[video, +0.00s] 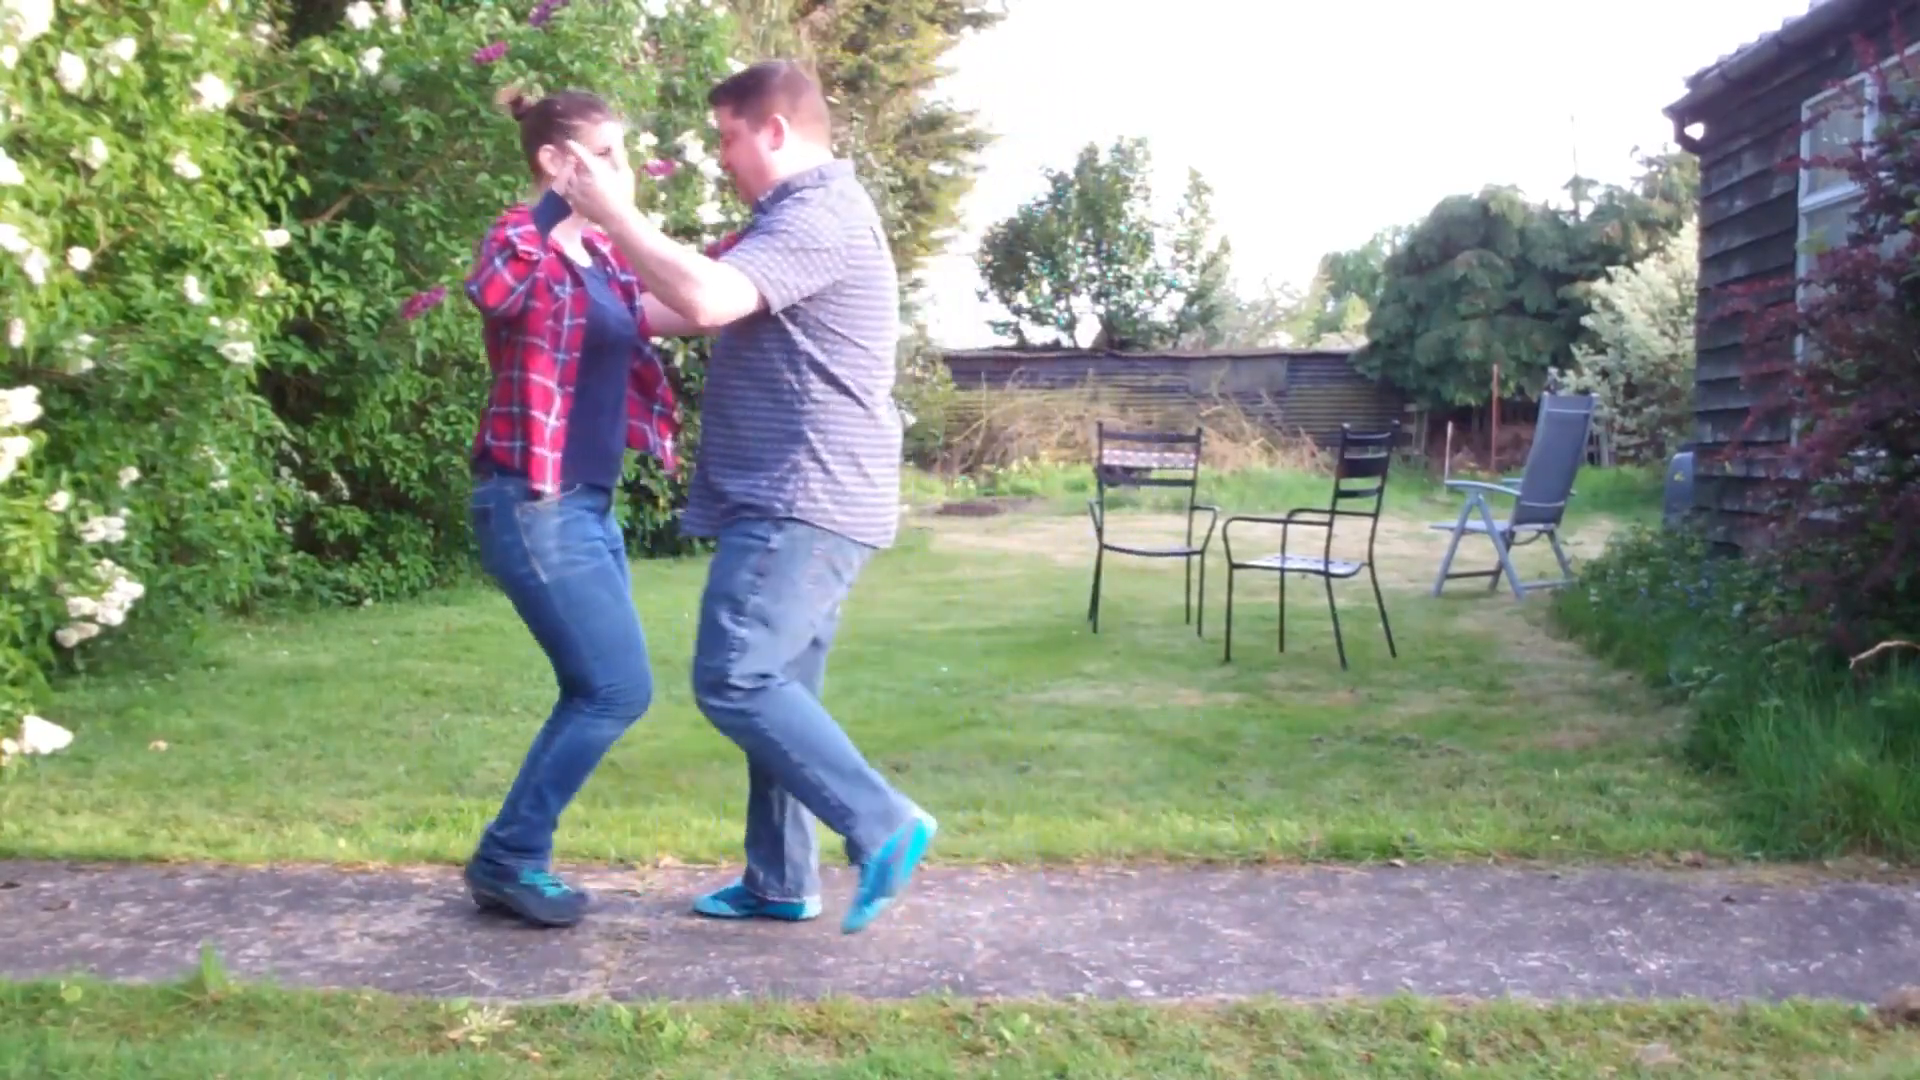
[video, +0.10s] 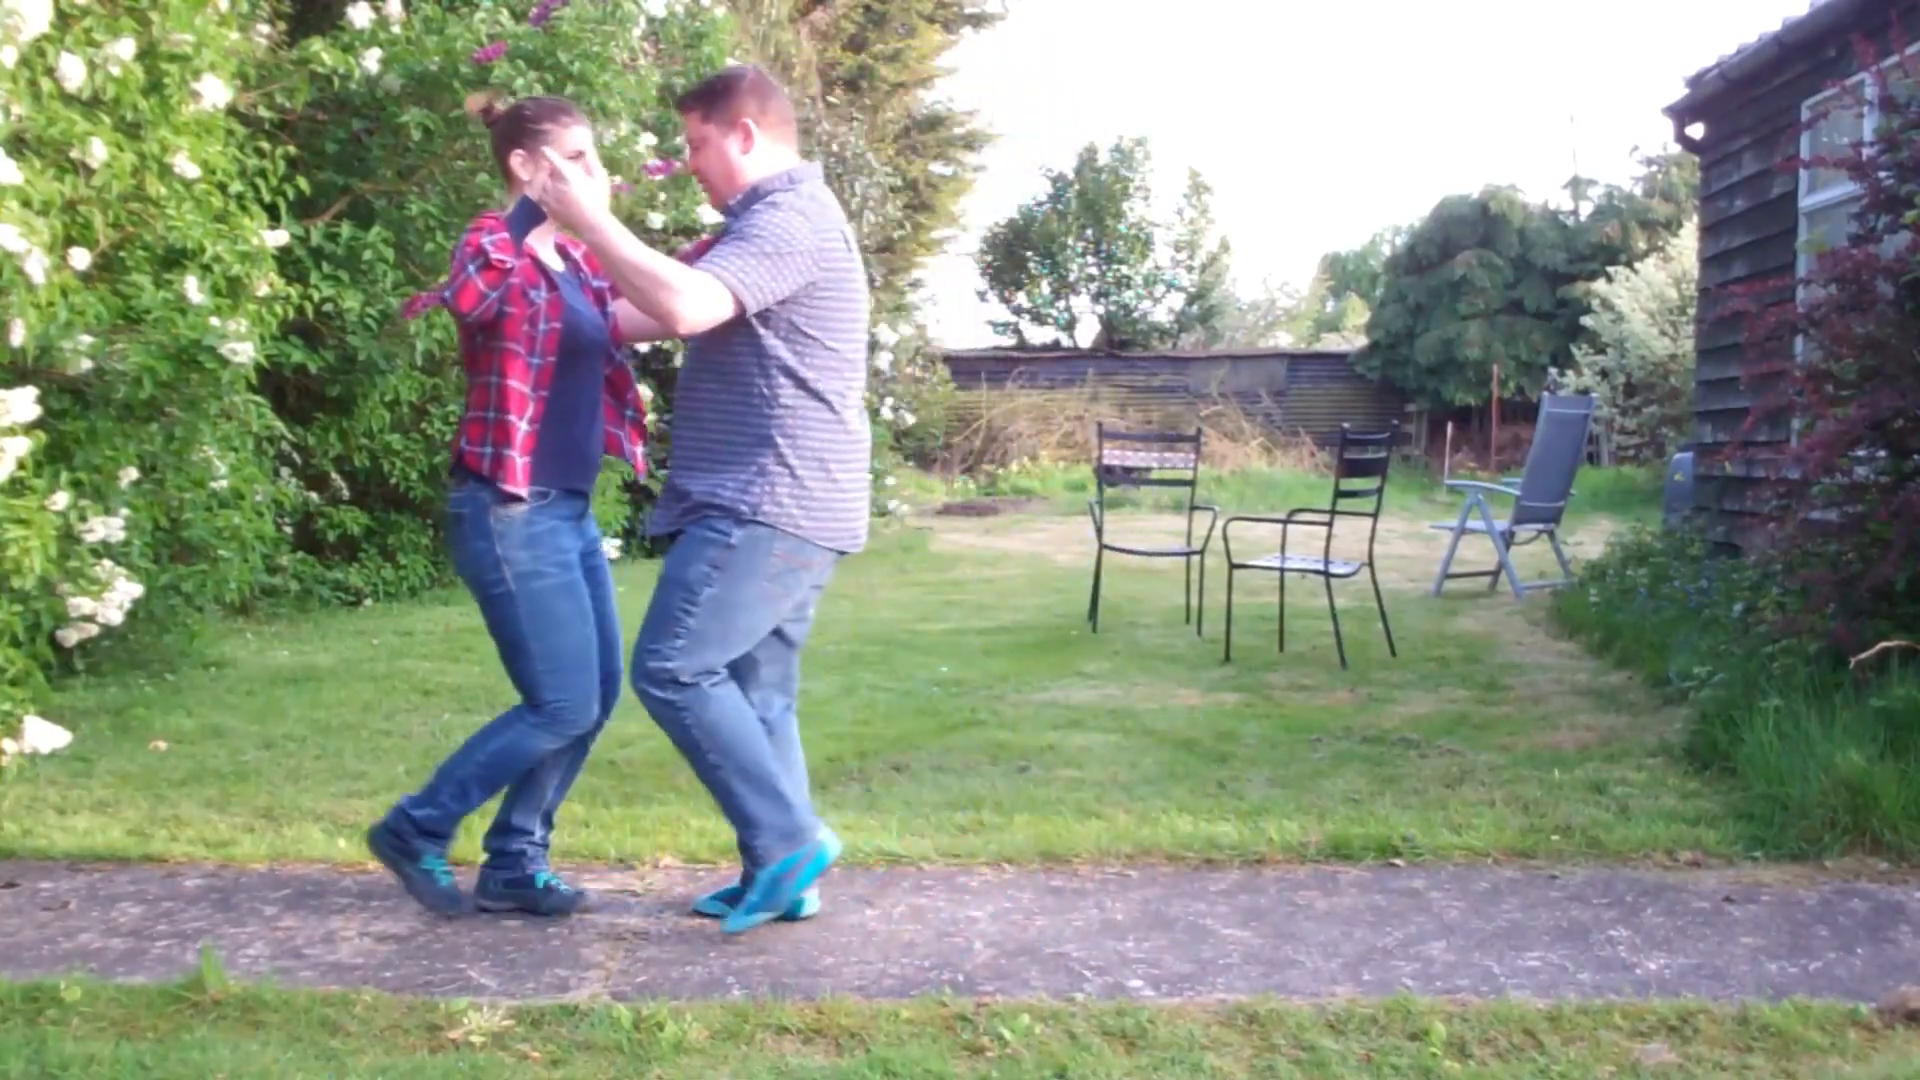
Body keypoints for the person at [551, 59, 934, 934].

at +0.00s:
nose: (720, 158)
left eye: (726, 139)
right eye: (719, 141)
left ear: (773, 131)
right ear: (785, 131)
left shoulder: (817, 212)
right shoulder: (810, 209)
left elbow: (705, 299)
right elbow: (703, 293)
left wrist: (617, 214)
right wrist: (621, 242)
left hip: (803, 496)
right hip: (807, 497)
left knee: (735, 680)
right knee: (782, 688)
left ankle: (886, 827)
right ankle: (779, 881)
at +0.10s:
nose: (689, 166)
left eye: (695, 145)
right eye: (687, 148)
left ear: (746, 133)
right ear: (756, 135)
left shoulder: (793, 211)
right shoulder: (784, 214)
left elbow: (693, 303)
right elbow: (672, 315)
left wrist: (593, 220)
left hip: (769, 497)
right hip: (791, 499)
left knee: (671, 667)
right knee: (759, 692)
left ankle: (790, 843)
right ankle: (778, 873)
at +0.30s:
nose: (632, 168)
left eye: (638, 147)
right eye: (629, 150)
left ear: (687, 132)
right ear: (697, 135)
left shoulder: (734, 211)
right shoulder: (733, 213)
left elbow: (641, 293)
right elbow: (617, 316)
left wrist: (531, 213)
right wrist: (502, 306)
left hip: (710, 502)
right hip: (748, 504)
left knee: (613, 682)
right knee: (723, 692)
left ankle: (595, 892)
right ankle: (776, 875)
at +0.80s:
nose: (549, 153)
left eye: (555, 132)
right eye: (548, 134)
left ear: (601, 125)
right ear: (626, 127)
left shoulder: (632, 202)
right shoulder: (675, 206)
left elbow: (539, 304)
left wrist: (426, 229)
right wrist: (442, 243)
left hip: (618, 499)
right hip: (685, 504)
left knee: (567, 699)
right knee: (641, 684)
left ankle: (589, 897)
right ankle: (734, 856)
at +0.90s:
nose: (556, 152)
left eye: (562, 131)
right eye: (555, 133)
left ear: (608, 124)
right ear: (634, 125)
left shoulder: (640, 197)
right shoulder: (687, 199)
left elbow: (544, 302)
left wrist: (428, 231)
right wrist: (477, 252)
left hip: (630, 498)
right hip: (702, 500)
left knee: (584, 698)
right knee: (658, 687)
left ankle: (590, 898)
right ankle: (734, 872)